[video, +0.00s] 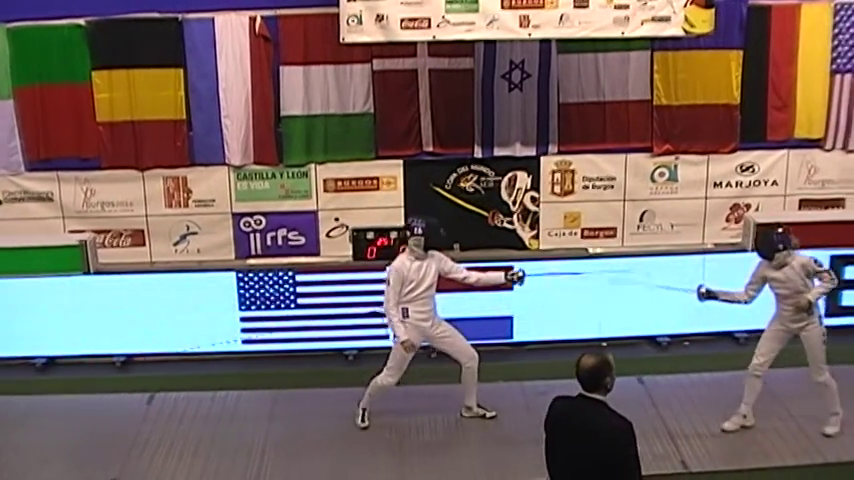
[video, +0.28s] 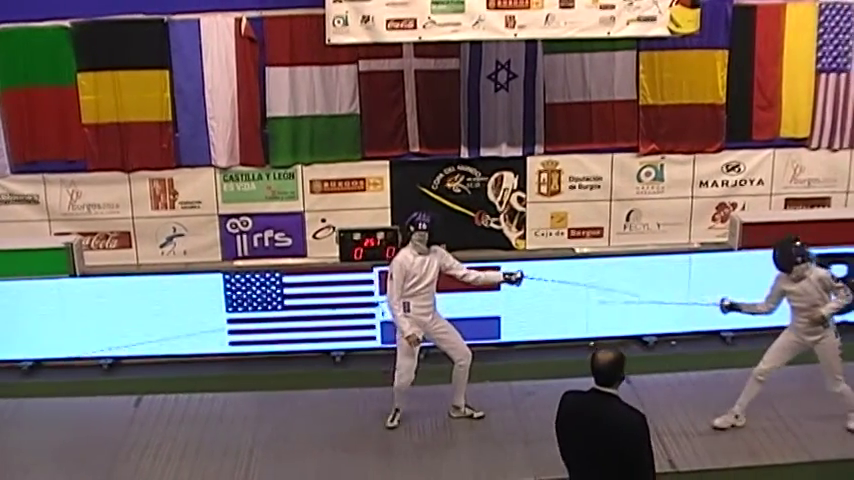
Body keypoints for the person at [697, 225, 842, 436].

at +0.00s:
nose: (769, 262)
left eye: (771, 257)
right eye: (766, 258)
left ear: (782, 251)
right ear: (765, 255)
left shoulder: (803, 263)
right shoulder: (764, 268)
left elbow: (830, 280)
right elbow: (746, 296)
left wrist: (810, 298)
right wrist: (713, 295)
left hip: (809, 323)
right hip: (781, 322)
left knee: (820, 375)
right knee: (757, 367)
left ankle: (835, 416)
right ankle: (744, 415)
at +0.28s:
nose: (792, 274)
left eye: (795, 269)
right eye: (790, 270)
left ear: (802, 262)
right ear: (786, 268)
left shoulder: (820, 275)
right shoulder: (783, 281)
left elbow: (845, 295)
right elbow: (767, 307)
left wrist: (825, 311)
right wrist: (736, 307)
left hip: (824, 335)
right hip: (795, 334)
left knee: (836, 385)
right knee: (761, 371)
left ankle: (852, 413)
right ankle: (737, 413)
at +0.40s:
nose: (800, 262)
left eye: (802, 258)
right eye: (798, 259)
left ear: (807, 252)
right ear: (791, 258)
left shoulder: (827, 266)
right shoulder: (789, 272)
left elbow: (852, 281)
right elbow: (777, 300)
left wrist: (840, 299)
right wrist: (745, 303)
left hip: (830, 326)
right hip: (802, 325)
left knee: (837, 375)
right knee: (772, 367)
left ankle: (848, 413)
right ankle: (748, 410)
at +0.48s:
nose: (797, 259)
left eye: (799, 253)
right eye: (796, 255)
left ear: (805, 248)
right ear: (792, 254)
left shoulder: (827, 261)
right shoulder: (789, 267)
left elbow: (850, 275)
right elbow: (776, 296)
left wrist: (843, 296)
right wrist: (744, 301)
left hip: (829, 323)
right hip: (801, 322)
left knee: (835, 371)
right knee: (776, 366)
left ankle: (843, 411)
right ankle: (774, 410)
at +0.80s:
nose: (788, 254)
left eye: (788, 249)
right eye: (783, 251)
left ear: (787, 248)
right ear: (773, 254)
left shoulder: (805, 261)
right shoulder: (769, 269)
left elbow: (834, 276)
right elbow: (756, 296)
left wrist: (817, 296)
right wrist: (725, 299)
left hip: (808, 322)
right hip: (781, 321)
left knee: (816, 367)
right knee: (751, 363)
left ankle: (824, 409)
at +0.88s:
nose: (770, 262)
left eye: (772, 257)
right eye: (767, 258)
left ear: (777, 252)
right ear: (760, 257)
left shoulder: (794, 264)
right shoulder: (757, 271)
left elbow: (822, 281)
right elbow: (741, 298)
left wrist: (806, 298)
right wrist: (709, 298)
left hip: (799, 324)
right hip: (772, 323)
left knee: (811, 367)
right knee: (740, 364)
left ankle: (821, 410)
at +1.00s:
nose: (746, 270)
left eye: (748, 264)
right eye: (743, 266)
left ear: (756, 259)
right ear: (738, 265)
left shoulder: (772, 271)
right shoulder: (735, 278)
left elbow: (803, 286)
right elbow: (713, 302)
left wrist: (783, 307)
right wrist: (680, 303)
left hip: (779, 330)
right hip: (751, 330)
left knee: (797, 370)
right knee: (717, 370)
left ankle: (815, 410)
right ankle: (698, 414)